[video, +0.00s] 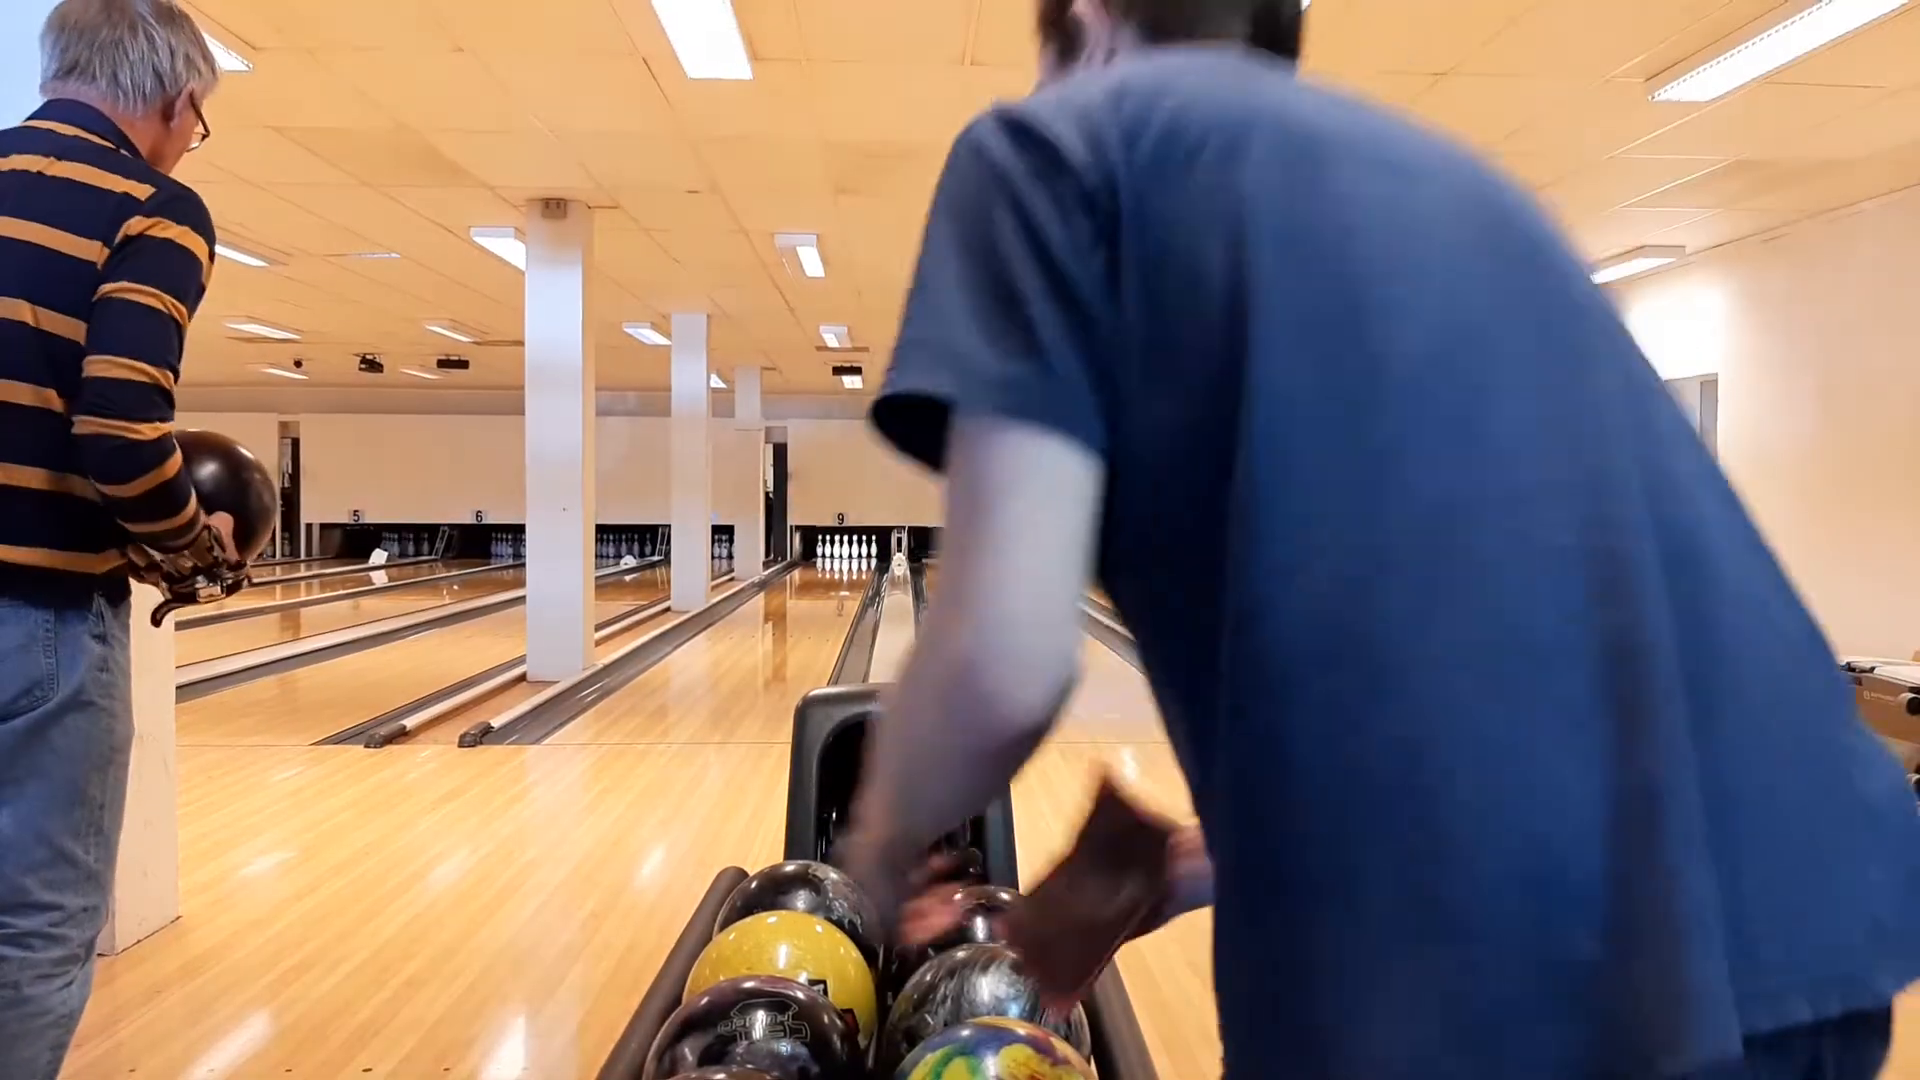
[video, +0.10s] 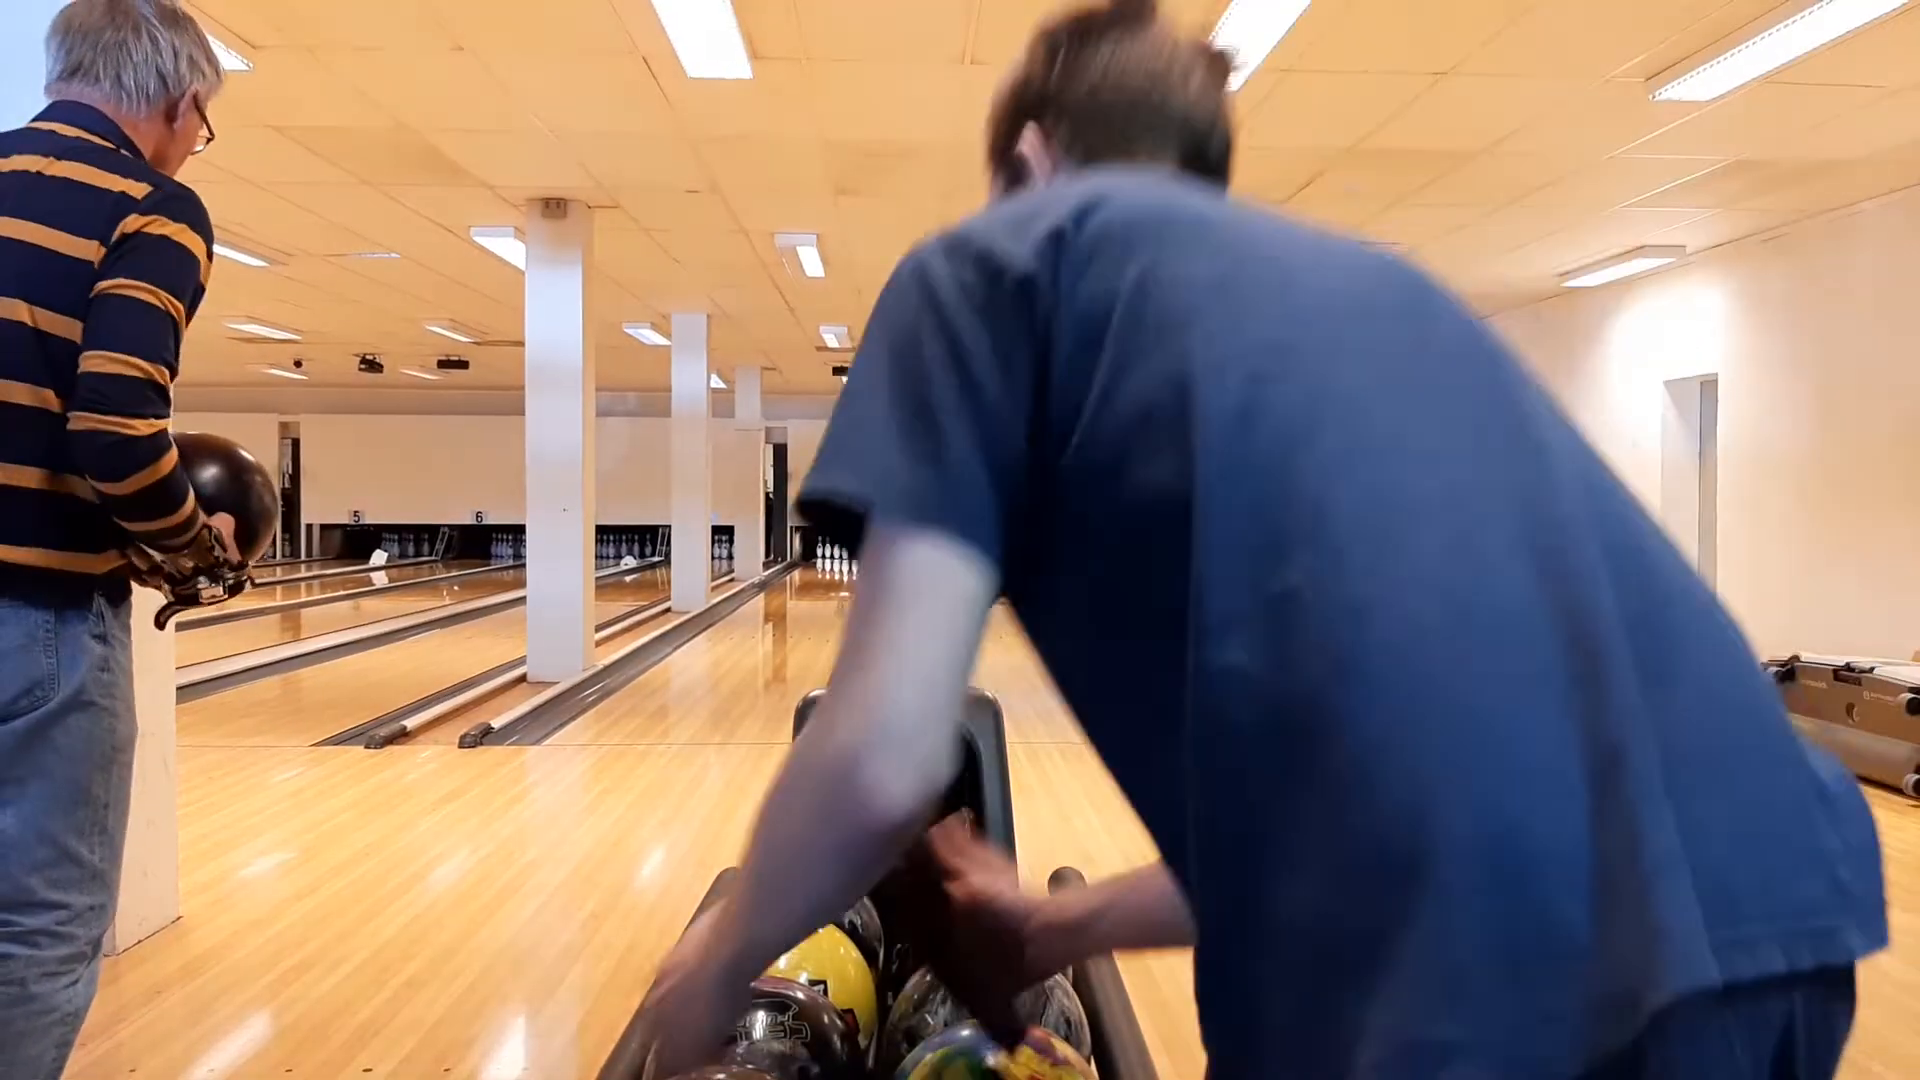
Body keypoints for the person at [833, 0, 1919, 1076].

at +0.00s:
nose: (1041, 82)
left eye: (1041, 62)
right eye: (1041, 66)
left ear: (1082, 28)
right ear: (1277, 47)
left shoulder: (1067, 144)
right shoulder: (1443, 180)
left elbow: (1005, 666)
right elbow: (1503, 684)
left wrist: (877, 858)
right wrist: (1191, 861)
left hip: (1486, 982)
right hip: (1812, 928)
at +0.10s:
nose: (984, 193)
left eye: (990, 163)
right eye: (987, 165)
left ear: (1029, 157)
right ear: (1218, 167)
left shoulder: (1004, 269)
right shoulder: (1367, 288)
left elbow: (882, 759)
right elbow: (1368, 798)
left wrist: (707, 982)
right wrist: (1061, 925)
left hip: (1474, 967)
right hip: (1782, 911)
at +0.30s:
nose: (898, 407)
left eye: (901, 387)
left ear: (943, 363)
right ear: (1130, 349)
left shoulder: (913, 437)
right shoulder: (1281, 426)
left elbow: (736, 921)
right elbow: (1100, 949)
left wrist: (624, 1072)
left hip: (1404, 992)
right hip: (1727, 923)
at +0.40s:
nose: (887, 433)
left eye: (889, 416)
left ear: (926, 399)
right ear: (1112, 383)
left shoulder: (896, 475)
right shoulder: (1254, 447)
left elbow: (726, 966)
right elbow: (1092, 968)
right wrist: (938, 1077)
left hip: (1404, 982)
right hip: (1707, 910)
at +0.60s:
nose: (883, 412)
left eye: (884, 395)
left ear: (920, 374)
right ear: (1103, 370)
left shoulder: (880, 465)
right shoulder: (1244, 429)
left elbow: (886, 927)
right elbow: (1269, 840)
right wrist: (994, 1062)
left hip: (1398, 980)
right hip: (1706, 917)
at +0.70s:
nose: (898, 361)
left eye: (899, 336)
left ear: (927, 320)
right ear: (1104, 319)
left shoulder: (897, 407)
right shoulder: (1246, 401)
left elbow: (987, 795)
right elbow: (1289, 814)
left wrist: (771, 891)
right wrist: (1033, 1017)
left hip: (1396, 968)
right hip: (1697, 922)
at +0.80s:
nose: (911, 254)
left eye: (912, 237)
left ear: (950, 219)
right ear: (1132, 230)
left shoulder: (929, 308)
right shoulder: (1264, 331)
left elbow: (1012, 674)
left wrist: (839, 860)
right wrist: (1049, 910)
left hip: (1429, 960)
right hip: (1708, 917)